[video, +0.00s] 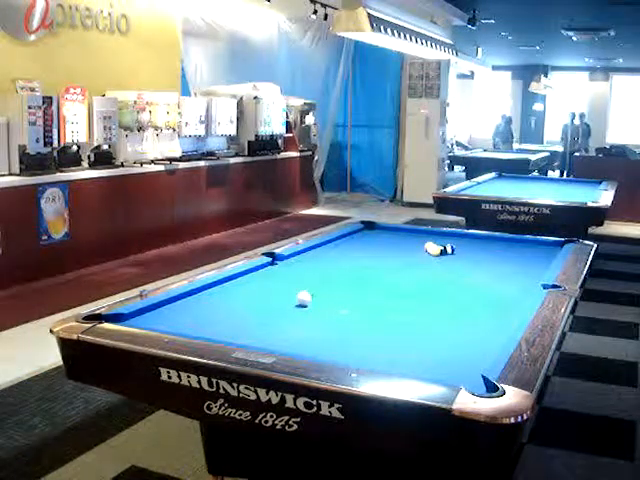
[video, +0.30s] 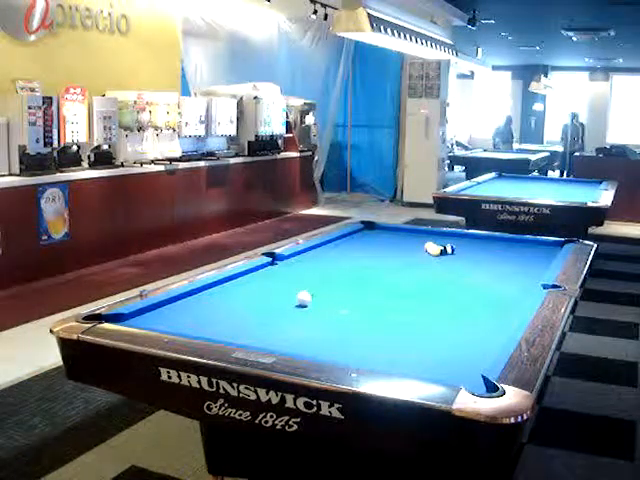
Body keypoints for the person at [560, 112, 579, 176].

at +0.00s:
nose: (572, 117)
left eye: (573, 116)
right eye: (571, 116)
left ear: (574, 117)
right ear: (569, 116)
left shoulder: (576, 127)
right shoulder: (565, 126)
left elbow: (578, 136)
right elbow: (563, 134)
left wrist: (577, 144)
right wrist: (562, 141)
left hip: (572, 145)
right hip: (565, 145)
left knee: (571, 159)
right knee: (563, 159)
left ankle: (569, 172)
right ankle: (561, 172)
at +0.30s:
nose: (572, 119)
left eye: (574, 117)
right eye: (571, 117)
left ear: (576, 118)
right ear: (569, 117)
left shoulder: (578, 126)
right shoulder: (565, 126)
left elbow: (579, 136)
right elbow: (563, 135)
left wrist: (578, 145)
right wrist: (563, 142)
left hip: (573, 146)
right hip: (566, 146)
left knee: (571, 161)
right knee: (563, 160)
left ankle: (569, 173)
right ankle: (561, 173)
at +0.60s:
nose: (572, 120)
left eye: (574, 118)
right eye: (571, 118)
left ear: (576, 118)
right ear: (570, 118)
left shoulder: (578, 126)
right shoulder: (566, 126)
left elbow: (582, 134)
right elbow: (563, 135)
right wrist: (563, 142)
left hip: (575, 146)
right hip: (567, 146)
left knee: (571, 159)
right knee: (563, 158)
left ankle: (569, 173)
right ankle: (561, 173)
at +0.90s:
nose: (572, 119)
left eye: (574, 117)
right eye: (571, 117)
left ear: (576, 117)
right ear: (570, 117)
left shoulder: (577, 126)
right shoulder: (566, 125)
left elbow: (580, 134)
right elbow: (563, 134)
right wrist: (563, 141)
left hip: (574, 145)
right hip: (566, 145)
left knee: (571, 159)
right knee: (563, 158)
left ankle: (569, 173)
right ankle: (561, 173)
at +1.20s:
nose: (572, 119)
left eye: (574, 118)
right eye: (571, 117)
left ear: (575, 118)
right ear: (570, 117)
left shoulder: (577, 126)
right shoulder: (566, 125)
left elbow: (578, 136)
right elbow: (563, 135)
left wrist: (577, 145)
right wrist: (563, 142)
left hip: (573, 146)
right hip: (566, 145)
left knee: (571, 160)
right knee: (564, 159)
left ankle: (569, 172)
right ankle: (561, 172)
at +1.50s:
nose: (572, 119)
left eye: (573, 118)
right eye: (571, 117)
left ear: (575, 118)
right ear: (570, 117)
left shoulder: (577, 126)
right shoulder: (566, 125)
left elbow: (578, 136)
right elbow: (563, 135)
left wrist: (577, 145)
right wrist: (563, 142)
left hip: (573, 146)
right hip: (566, 145)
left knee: (571, 160)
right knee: (564, 160)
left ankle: (569, 173)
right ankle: (561, 173)